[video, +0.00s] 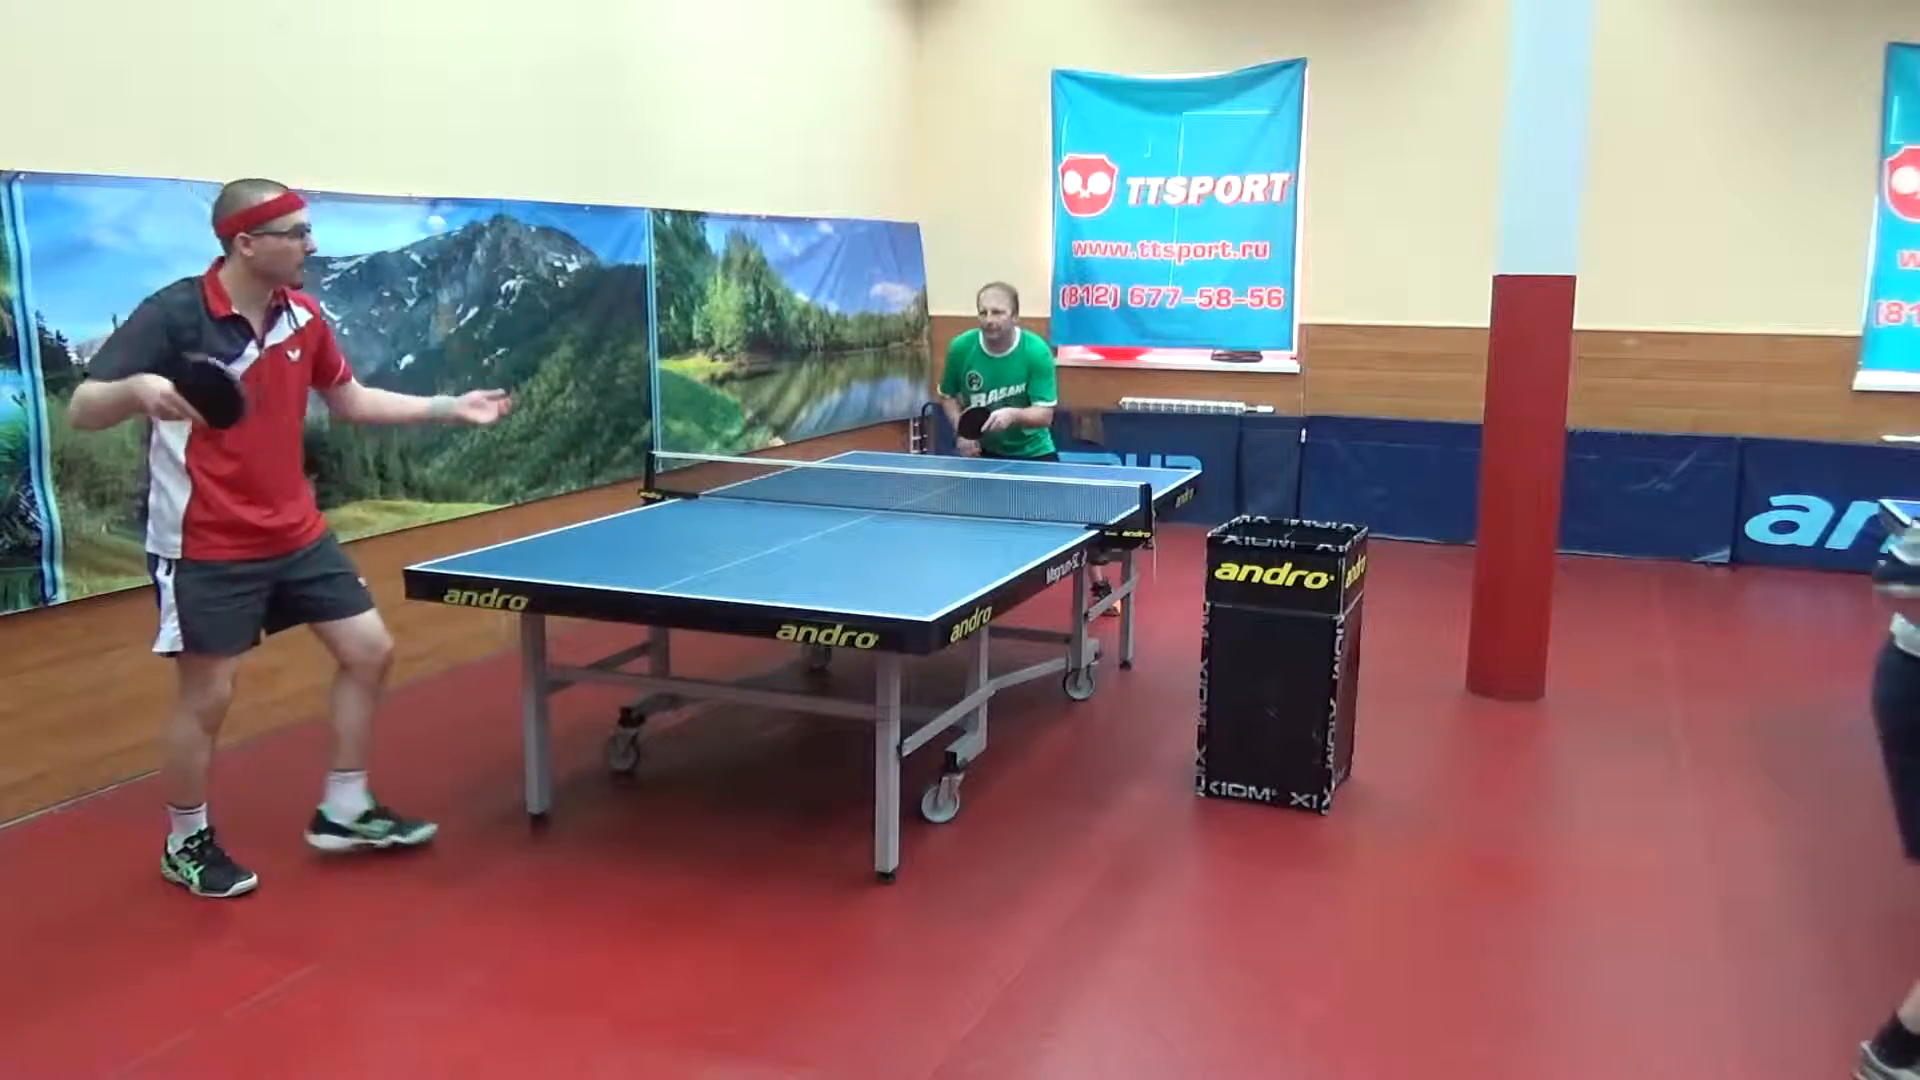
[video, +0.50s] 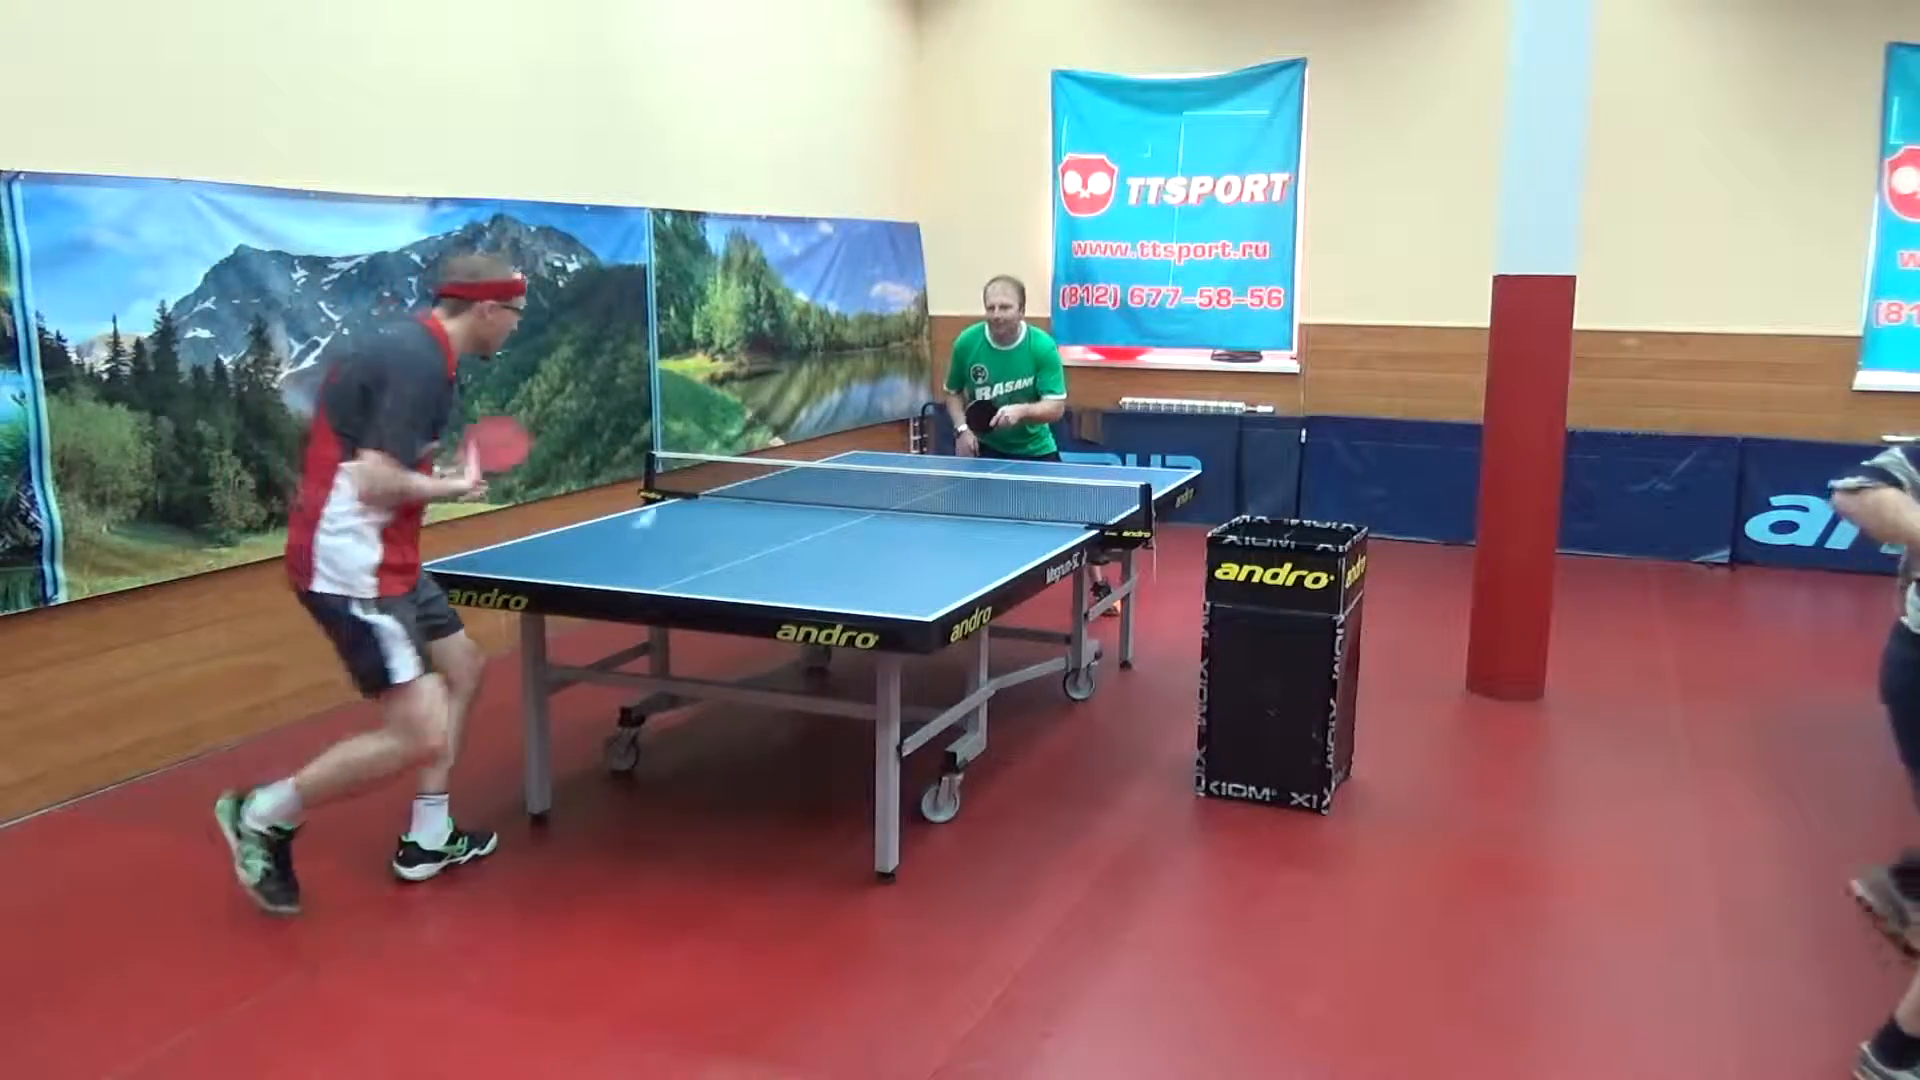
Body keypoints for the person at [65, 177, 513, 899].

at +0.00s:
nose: (308, 244)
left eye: (307, 230)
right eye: (294, 234)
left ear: (276, 243)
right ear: (245, 244)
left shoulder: (303, 315)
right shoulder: (172, 316)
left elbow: (351, 401)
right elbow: (83, 409)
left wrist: (449, 407)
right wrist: (135, 391)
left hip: (296, 533)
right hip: (205, 546)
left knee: (368, 652)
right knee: (206, 699)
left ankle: (344, 812)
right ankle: (187, 842)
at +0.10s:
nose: (347, 265)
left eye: (346, 251)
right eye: (333, 254)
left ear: (303, 261)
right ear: (284, 261)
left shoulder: (326, 326)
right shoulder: (208, 324)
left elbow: (352, 408)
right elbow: (106, 417)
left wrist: (450, 426)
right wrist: (133, 392)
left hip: (309, 540)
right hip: (223, 551)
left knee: (390, 654)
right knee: (221, 706)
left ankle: (395, 823)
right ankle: (189, 844)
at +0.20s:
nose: (397, 289)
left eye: (397, 275)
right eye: (384, 277)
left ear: (351, 281)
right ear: (333, 280)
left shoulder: (359, 347)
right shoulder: (253, 344)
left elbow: (349, 422)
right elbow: (150, 425)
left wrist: (443, 445)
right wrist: (186, 408)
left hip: (328, 552)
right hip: (246, 563)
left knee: (414, 660)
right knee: (239, 722)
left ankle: (422, 831)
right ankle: (192, 841)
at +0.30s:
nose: (455, 311)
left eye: (456, 298)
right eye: (445, 298)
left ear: (405, 297)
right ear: (397, 296)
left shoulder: (390, 362)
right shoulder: (303, 348)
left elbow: (356, 436)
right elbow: (206, 426)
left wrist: (433, 466)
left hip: (355, 561)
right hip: (279, 572)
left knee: (436, 667)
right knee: (282, 728)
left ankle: (426, 835)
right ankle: (195, 831)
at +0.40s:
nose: (497, 320)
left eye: (497, 307)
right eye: (490, 306)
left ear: (449, 305)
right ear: (449, 304)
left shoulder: (410, 363)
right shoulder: (361, 353)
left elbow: (364, 456)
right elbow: (283, 442)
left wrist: (435, 480)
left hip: (376, 563)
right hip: (317, 574)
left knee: (453, 669)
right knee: (351, 734)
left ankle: (427, 837)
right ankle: (216, 805)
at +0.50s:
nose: (514, 325)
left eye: (515, 313)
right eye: (510, 312)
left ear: (468, 306)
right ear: (478, 309)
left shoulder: (422, 353)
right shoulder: (415, 360)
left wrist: (442, 469)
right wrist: (457, 483)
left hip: (386, 562)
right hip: (346, 572)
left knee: (463, 665)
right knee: (419, 731)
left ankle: (429, 835)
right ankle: (260, 814)